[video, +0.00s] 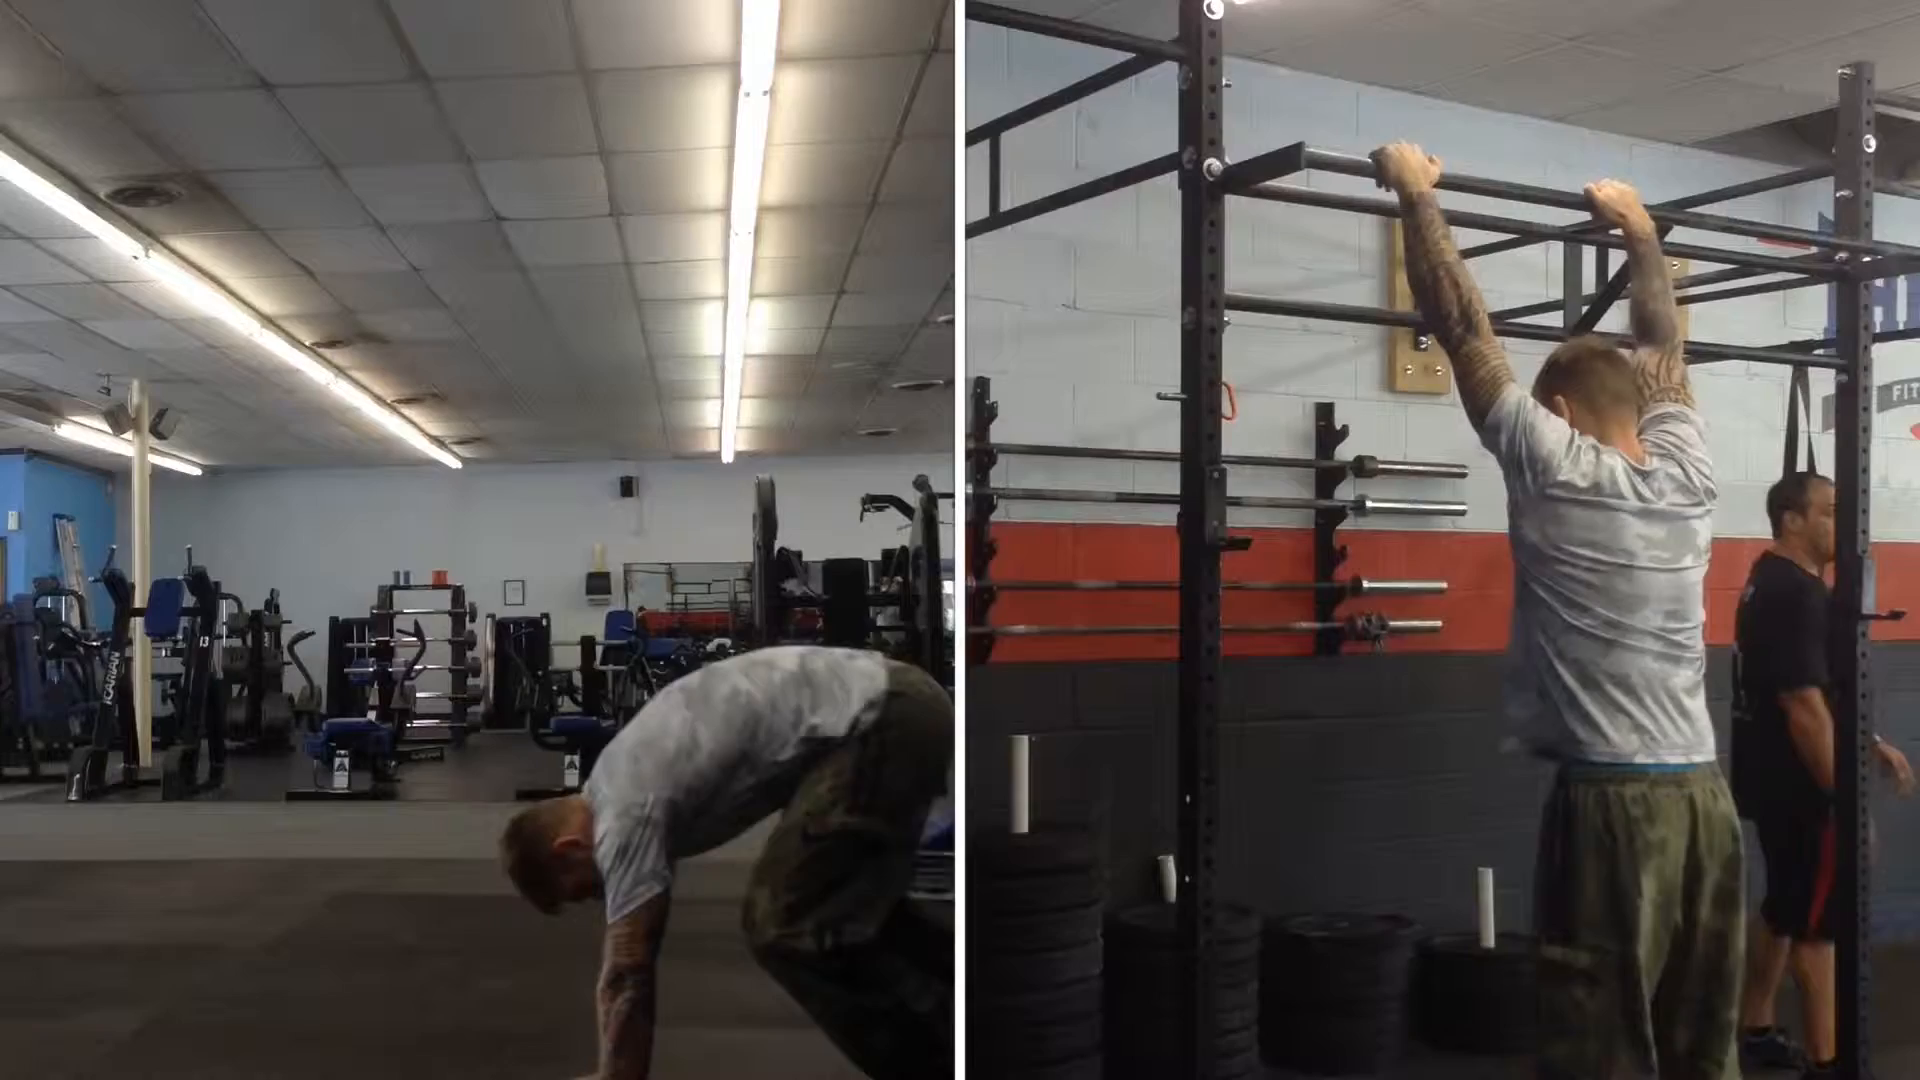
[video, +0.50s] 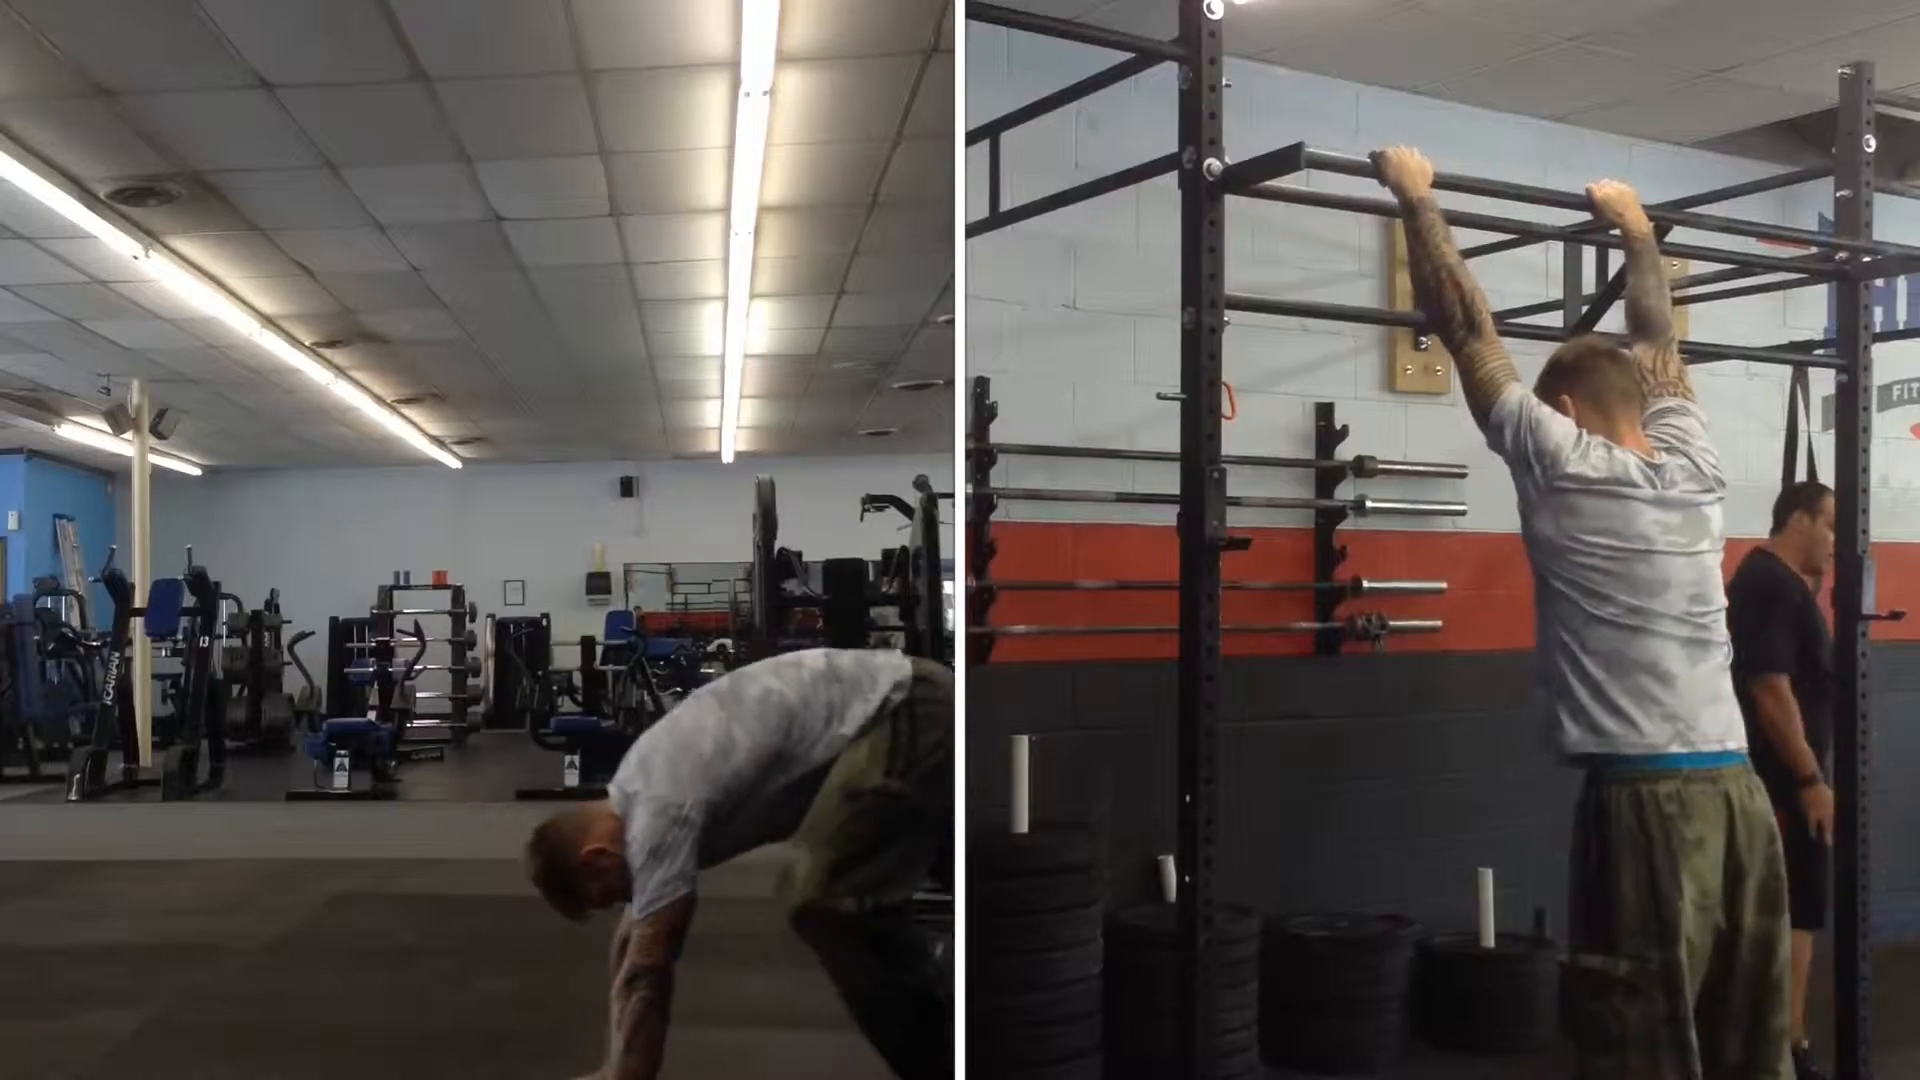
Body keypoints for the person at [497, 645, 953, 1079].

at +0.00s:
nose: (598, 897)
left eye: (583, 890)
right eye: (585, 897)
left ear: (574, 848)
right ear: (576, 832)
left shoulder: (627, 808)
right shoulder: (620, 788)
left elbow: (626, 981)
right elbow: (630, 970)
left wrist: (616, 1072)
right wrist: (612, 1067)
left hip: (883, 718)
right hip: (888, 704)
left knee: (785, 926)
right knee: (835, 909)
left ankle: (921, 1055)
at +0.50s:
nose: (620, 905)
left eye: (606, 897)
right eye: (606, 906)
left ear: (600, 858)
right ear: (601, 844)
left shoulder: (660, 806)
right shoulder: (639, 797)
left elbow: (650, 970)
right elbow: (633, 947)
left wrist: (627, 1068)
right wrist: (616, 1060)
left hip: (908, 709)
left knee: (823, 903)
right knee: (816, 899)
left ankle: (928, 1056)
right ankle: (929, 1049)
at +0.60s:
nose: (627, 909)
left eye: (617, 905)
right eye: (616, 913)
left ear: (611, 865)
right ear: (609, 851)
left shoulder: (671, 812)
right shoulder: (644, 803)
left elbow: (654, 976)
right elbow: (636, 945)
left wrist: (631, 1070)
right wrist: (620, 1062)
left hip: (911, 698)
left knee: (846, 889)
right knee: (842, 885)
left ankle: (947, 1031)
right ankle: (933, 1019)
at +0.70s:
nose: (636, 912)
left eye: (626, 911)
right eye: (626, 918)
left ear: (619, 871)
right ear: (619, 859)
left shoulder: (672, 813)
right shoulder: (651, 808)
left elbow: (654, 978)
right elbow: (639, 960)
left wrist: (630, 1070)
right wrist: (619, 1064)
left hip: (908, 699)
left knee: (912, 915)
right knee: (906, 915)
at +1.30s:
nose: (647, 923)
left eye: (636, 919)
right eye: (636, 927)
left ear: (632, 879)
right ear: (633, 861)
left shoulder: (685, 820)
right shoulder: (674, 806)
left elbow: (657, 991)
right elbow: (649, 971)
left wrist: (626, 1073)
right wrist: (615, 1067)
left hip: (952, 728)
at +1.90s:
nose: (691, 933)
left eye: (684, 927)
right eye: (681, 934)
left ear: (682, 882)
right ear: (682, 873)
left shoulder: (740, 838)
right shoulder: (717, 830)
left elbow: (686, 1000)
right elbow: (672, 964)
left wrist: (637, 1074)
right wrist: (620, 1068)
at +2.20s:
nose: (727, 963)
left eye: (722, 951)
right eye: (715, 960)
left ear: (724, 903)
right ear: (727, 892)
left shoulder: (790, 862)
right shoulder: (748, 852)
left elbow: (712, 1021)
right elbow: (691, 973)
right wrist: (624, 1069)